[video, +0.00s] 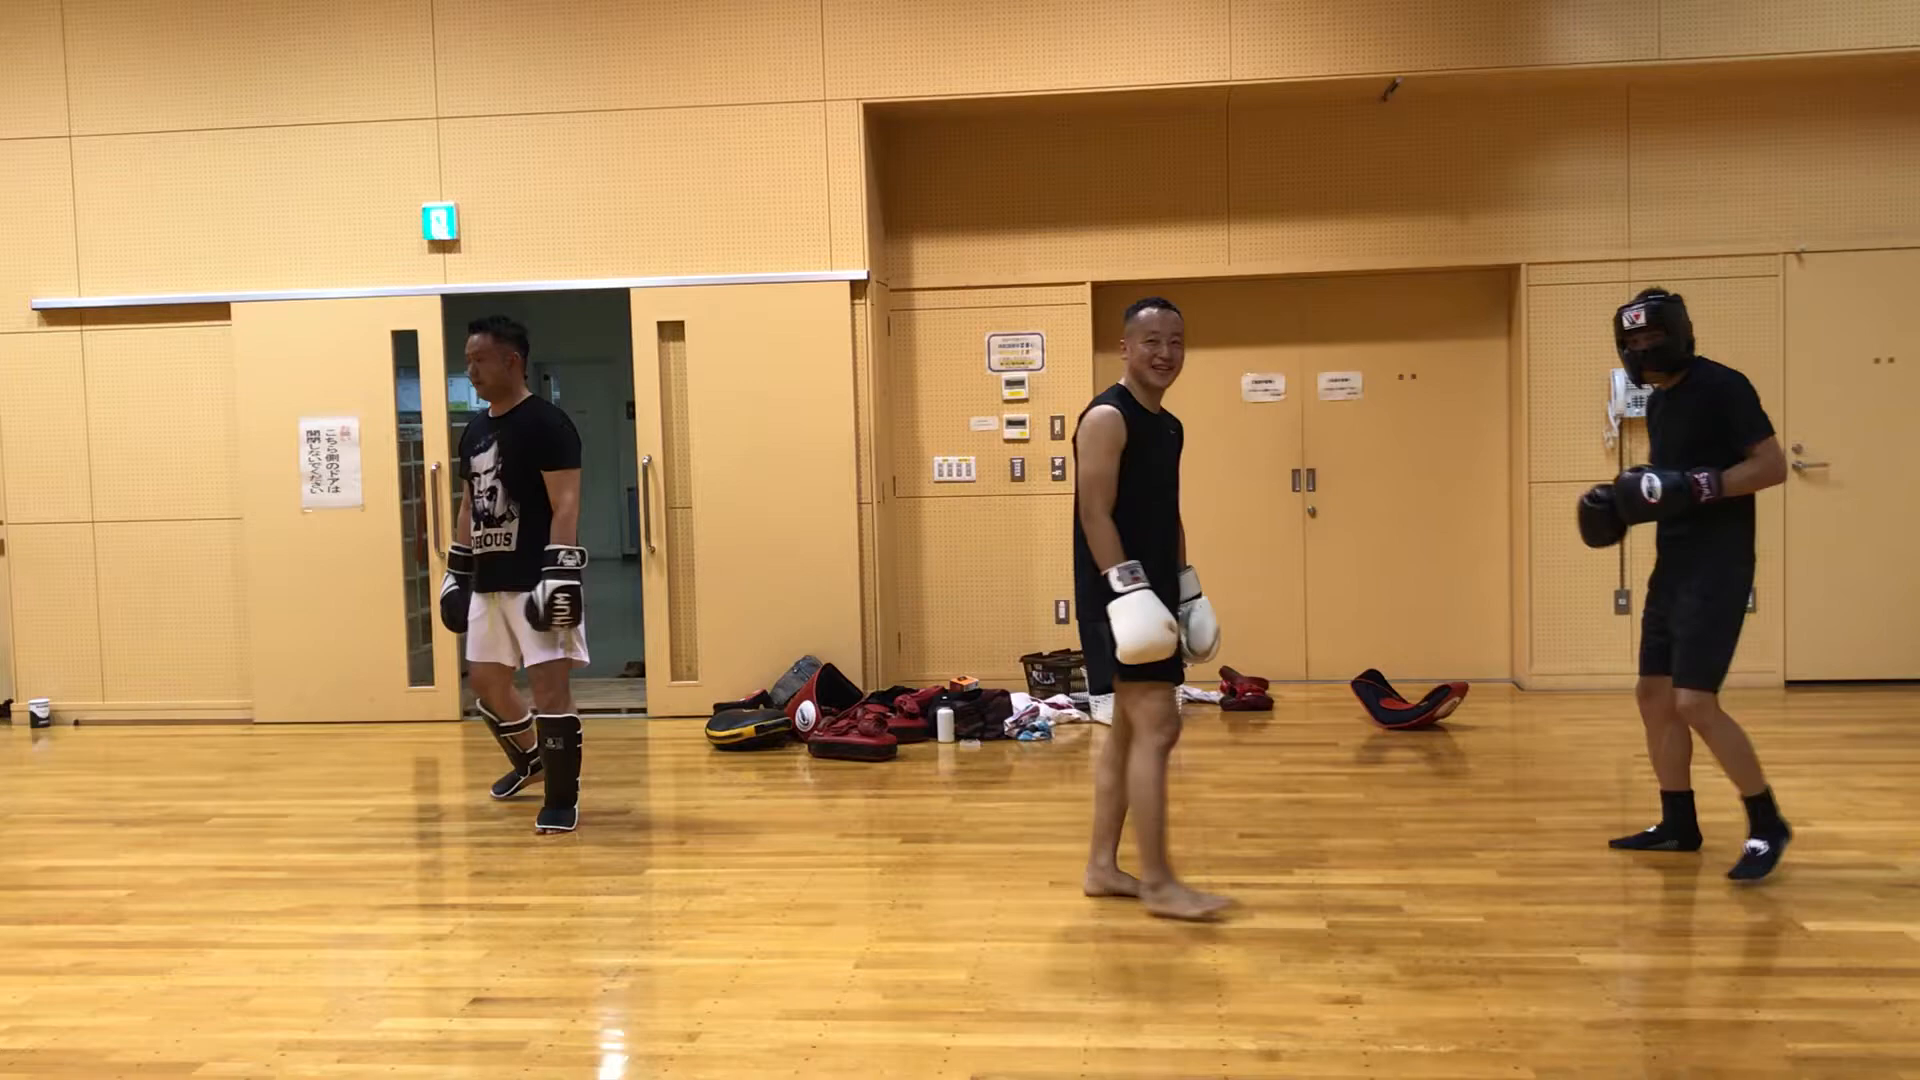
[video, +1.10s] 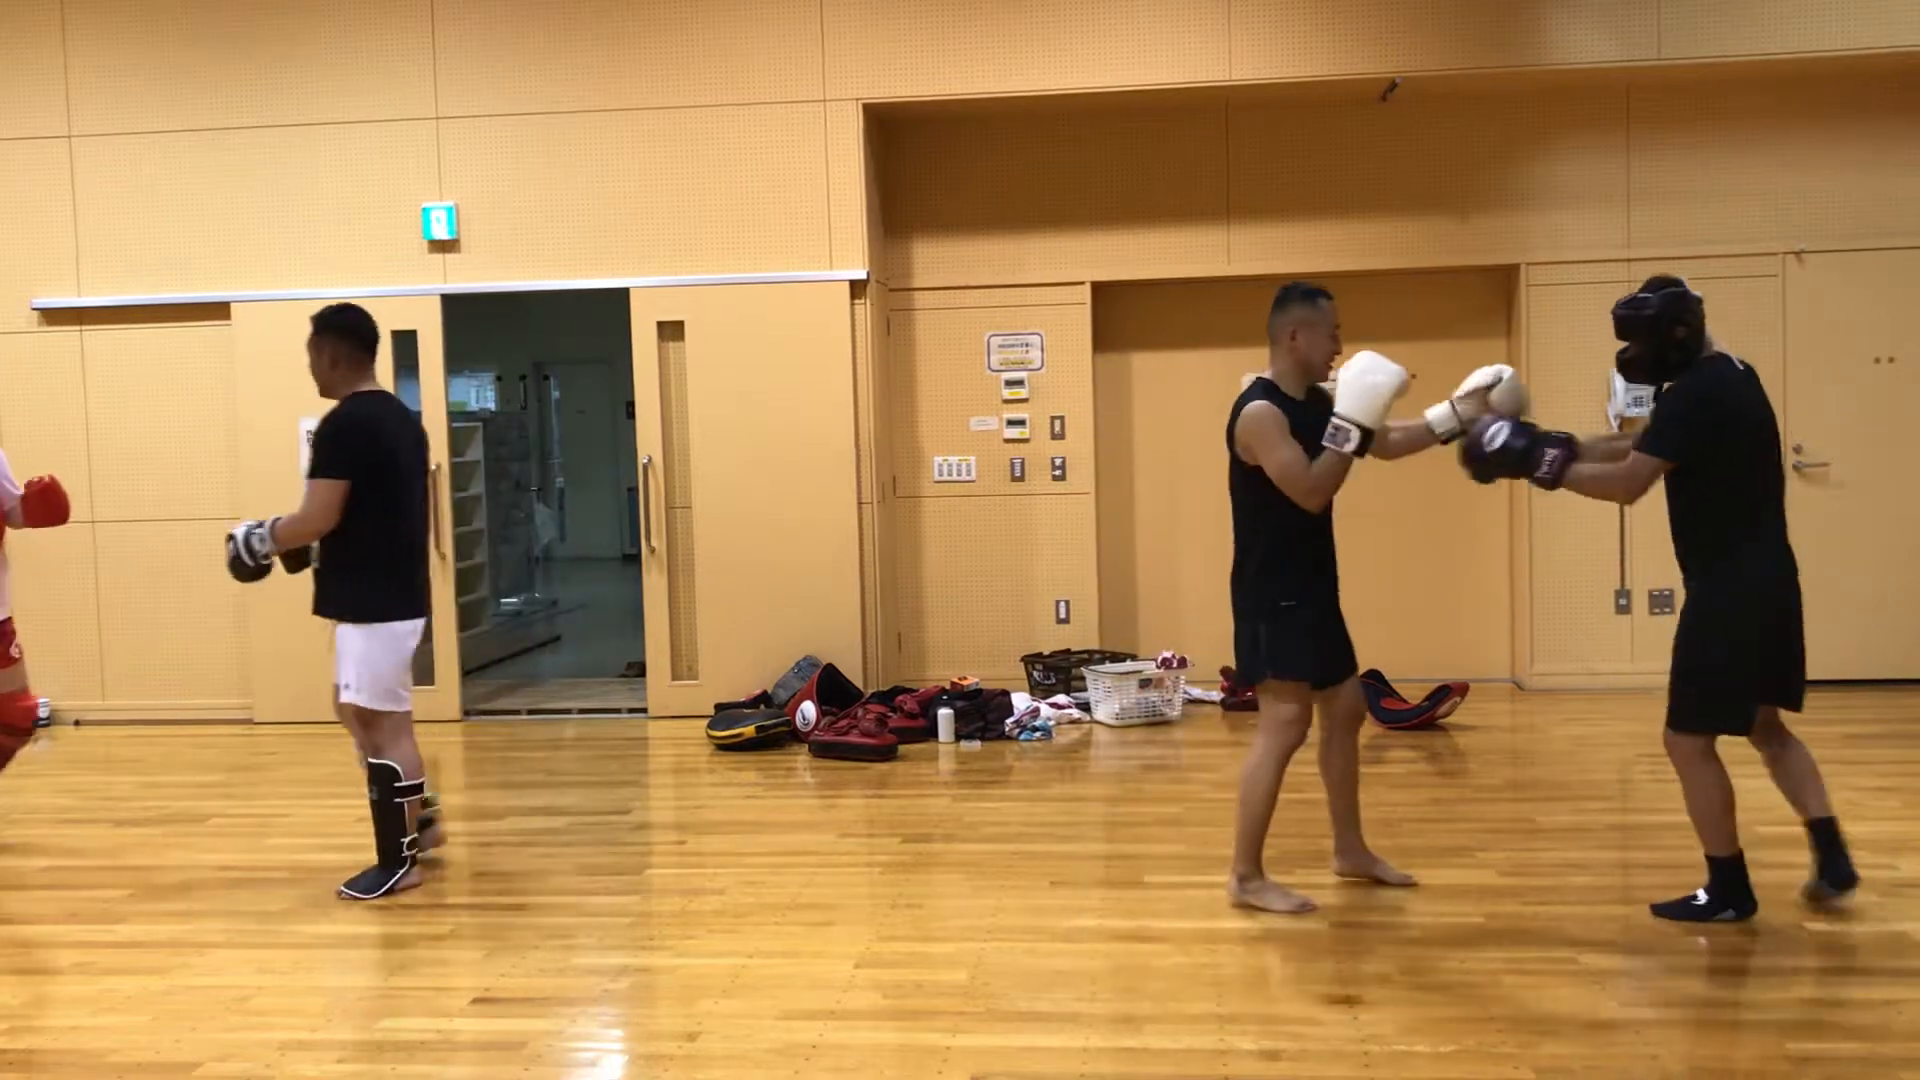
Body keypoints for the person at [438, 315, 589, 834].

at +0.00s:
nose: (470, 370)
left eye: (479, 360)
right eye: (468, 362)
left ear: (514, 360)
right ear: (474, 365)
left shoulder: (548, 423)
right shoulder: (476, 431)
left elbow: (565, 503)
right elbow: (470, 504)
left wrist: (562, 574)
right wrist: (456, 572)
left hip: (539, 581)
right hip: (488, 585)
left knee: (550, 687)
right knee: (487, 678)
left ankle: (561, 801)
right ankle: (533, 754)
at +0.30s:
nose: (452, 372)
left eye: (458, 360)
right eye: (451, 362)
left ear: (491, 359)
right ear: (477, 362)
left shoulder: (530, 425)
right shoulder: (477, 433)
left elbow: (536, 512)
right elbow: (475, 513)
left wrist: (493, 576)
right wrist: (449, 561)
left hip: (539, 587)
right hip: (485, 583)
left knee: (550, 690)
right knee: (463, 686)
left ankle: (561, 804)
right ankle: (491, 805)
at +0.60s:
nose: (407, 371)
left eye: (412, 359)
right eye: (406, 360)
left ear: (443, 356)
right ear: (441, 357)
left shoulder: (473, 412)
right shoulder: (454, 415)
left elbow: (468, 494)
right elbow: (447, 498)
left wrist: (407, 547)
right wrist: (408, 555)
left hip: (485, 584)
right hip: (455, 584)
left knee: (468, 698)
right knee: (455, 698)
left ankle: (528, 800)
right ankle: (487, 819)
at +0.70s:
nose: (396, 373)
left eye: (401, 361)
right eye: (395, 362)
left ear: (430, 358)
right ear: (433, 358)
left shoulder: (460, 413)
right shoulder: (448, 414)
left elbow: (455, 493)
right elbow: (448, 501)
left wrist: (389, 536)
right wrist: (402, 556)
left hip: (474, 586)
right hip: (464, 585)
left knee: (447, 698)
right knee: (471, 704)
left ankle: (492, 828)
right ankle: (490, 820)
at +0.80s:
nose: (375, 401)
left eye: (375, 388)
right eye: (370, 391)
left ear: (402, 369)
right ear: (397, 372)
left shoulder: (440, 414)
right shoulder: (425, 417)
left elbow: (432, 496)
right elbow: (423, 500)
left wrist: (367, 523)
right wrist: (372, 531)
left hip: (447, 593)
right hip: (451, 591)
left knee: (431, 710)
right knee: (472, 705)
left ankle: (421, 852)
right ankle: (490, 822)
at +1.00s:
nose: (330, 380)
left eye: (331, 367)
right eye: (327, 369)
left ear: (355, 360)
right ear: (381, 357)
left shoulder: (378, 425)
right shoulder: (416, 419)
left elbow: (349, 517)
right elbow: (389, 515)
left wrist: (292, 537)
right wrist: (315, 528)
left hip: (389, 606)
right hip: (417, 601)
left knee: (381, 723)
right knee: (410, 714)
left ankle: (396, 863)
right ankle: (470, 816)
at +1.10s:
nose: (309, 361)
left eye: (313, 350)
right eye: (310, 350)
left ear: (334, 353)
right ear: (365, 353)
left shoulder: (345, 423)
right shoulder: (401, 416)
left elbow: (318, 517)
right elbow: (404, 514)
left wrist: (261, 538)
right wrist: (312, 542)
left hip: (374, 607)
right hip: (393, 602)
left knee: (388, 726)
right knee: (355, 706)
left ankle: (397, 862)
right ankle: (416, 815)